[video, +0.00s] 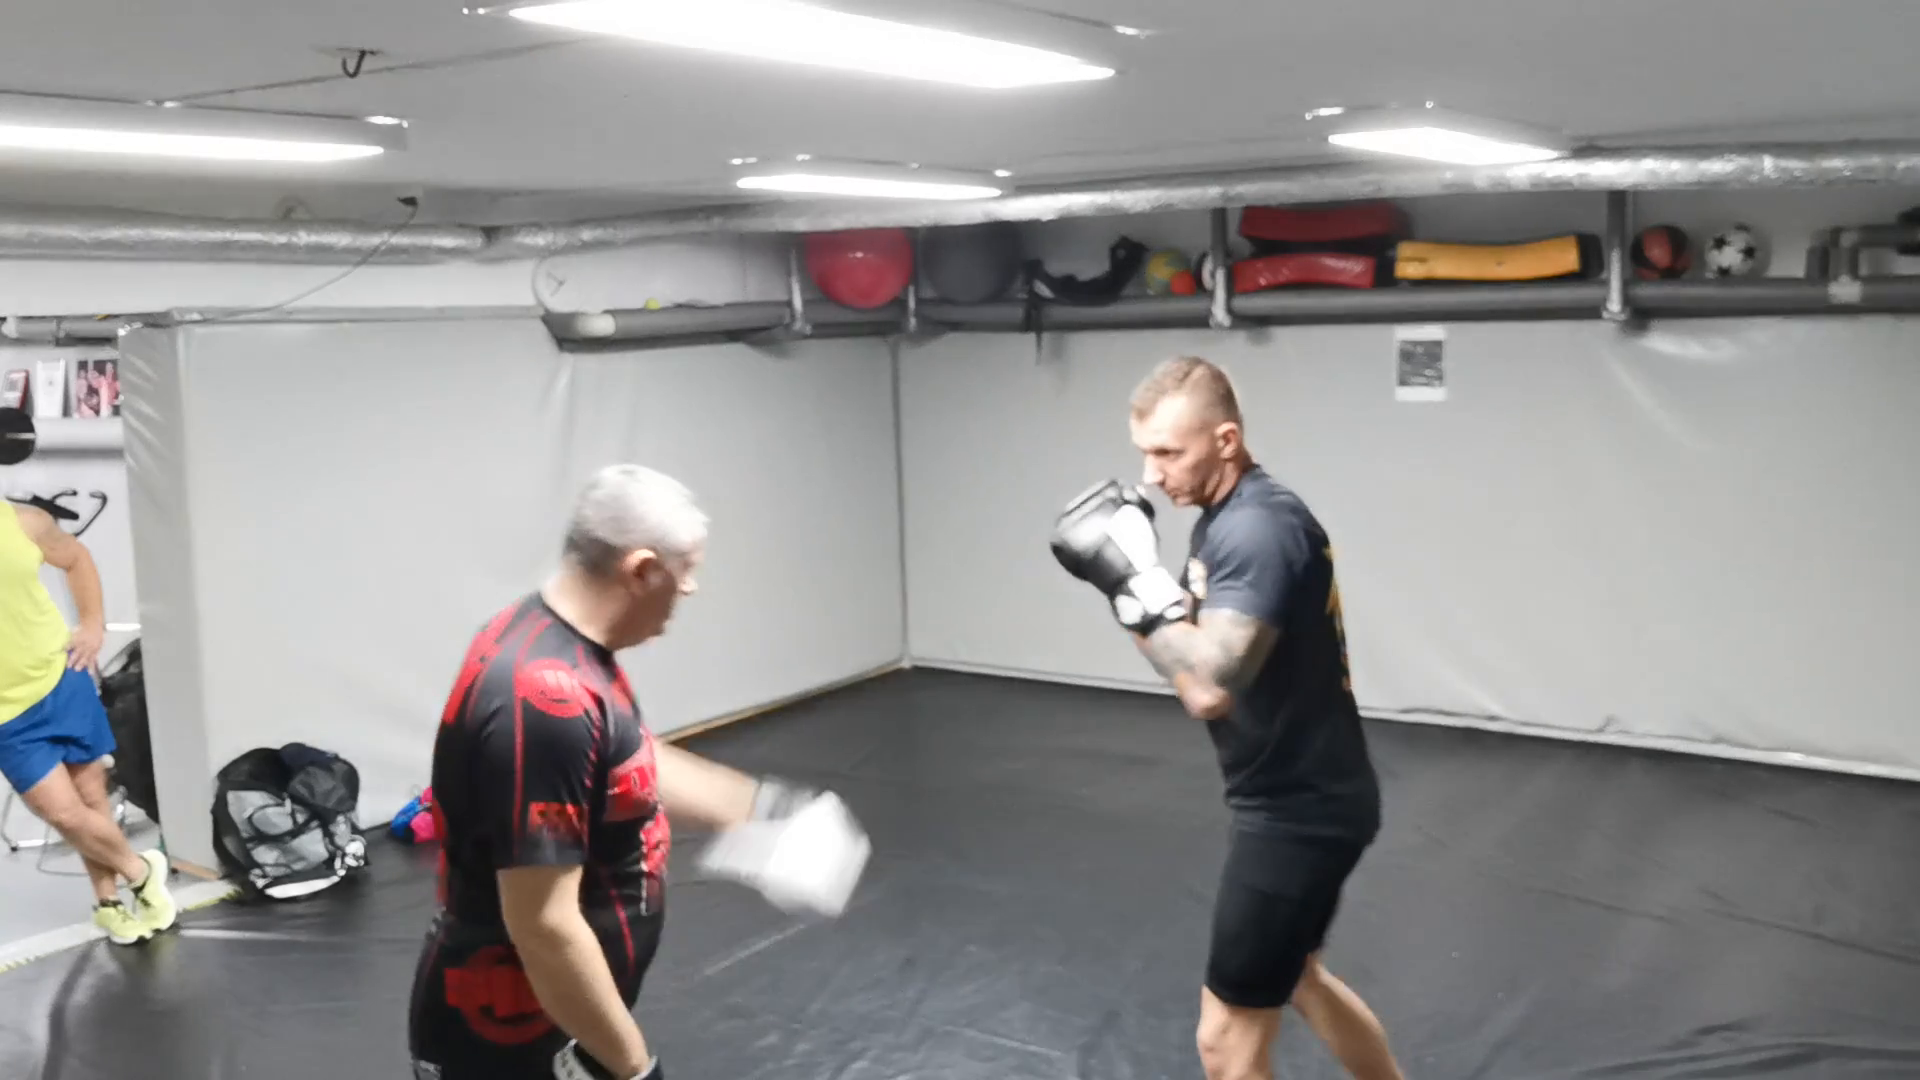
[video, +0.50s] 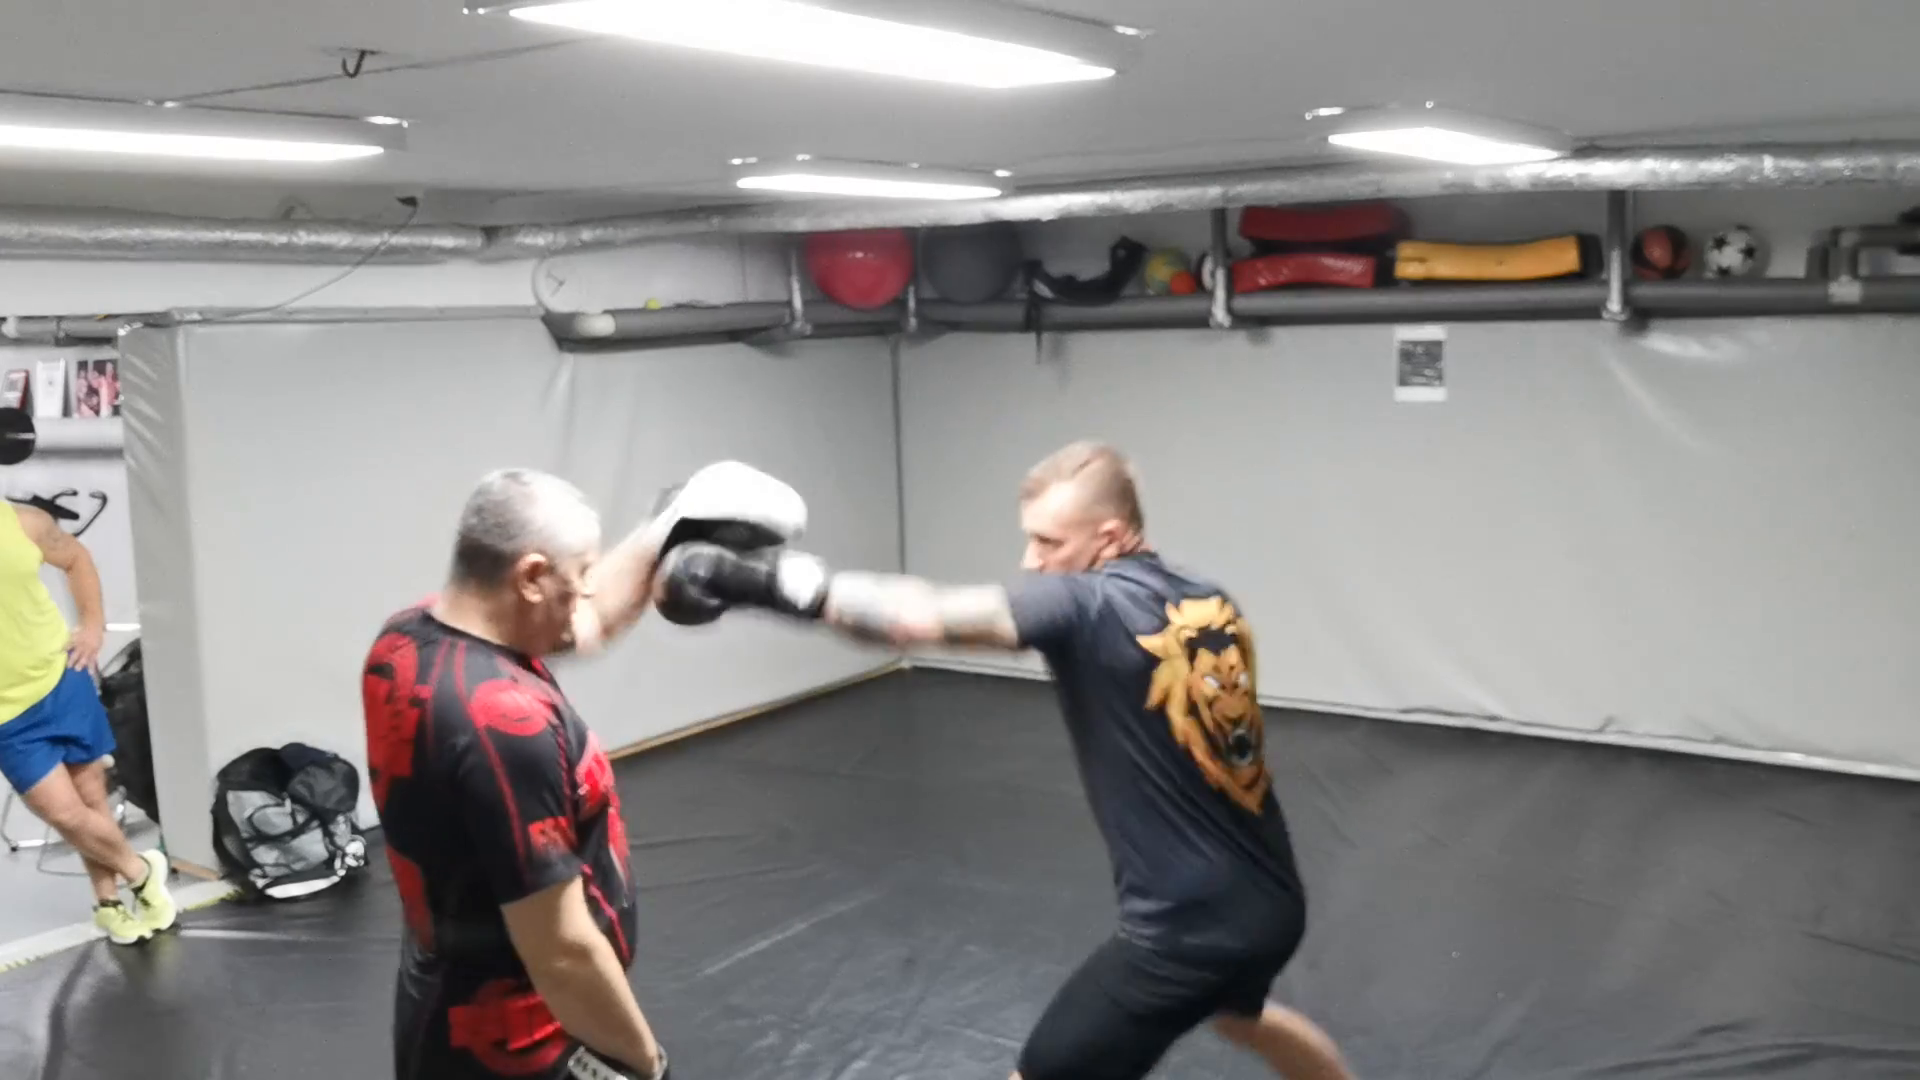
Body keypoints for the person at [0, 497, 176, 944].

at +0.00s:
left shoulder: (21, 522)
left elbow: (77, 558)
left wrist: (92, 623)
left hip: (61, 681)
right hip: (7, 714)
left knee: (91, 796)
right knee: (64, 816)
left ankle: (107, 901)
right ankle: (141, 872)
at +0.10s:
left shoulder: (21, 523)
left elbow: (77, 558)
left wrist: (92, 623)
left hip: (62, 682)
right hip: (8, 714)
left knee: (91, 798)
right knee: (65, 817)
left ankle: (107, 901)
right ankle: (141, 872)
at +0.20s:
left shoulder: (21, 523)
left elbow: (76, 558)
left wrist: (92, 623)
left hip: (62, 682)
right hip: (8, 715)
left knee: (91, 798)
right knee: (66, 817)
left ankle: (107, 902)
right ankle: (141, 872)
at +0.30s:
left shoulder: (21, 522)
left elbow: (77, 558)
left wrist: (92, 624)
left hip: (62, 682)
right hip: (8, 715)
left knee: (91, 798)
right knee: (66, 818)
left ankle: (107, 901)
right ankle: (142, 872)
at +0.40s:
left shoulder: (20, 522)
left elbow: (77, 558)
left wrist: (92, 624)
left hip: (61, 682)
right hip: (8, 715)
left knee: (91, 798)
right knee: (65, 817)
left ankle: (108, 901)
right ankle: (142, 873)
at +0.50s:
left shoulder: (22, 523)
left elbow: (76, 558)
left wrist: (92, 624)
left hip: (61, 682)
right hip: (8, 714)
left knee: (91, 798)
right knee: (65, 816)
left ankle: (108, 902)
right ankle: (141, 872)